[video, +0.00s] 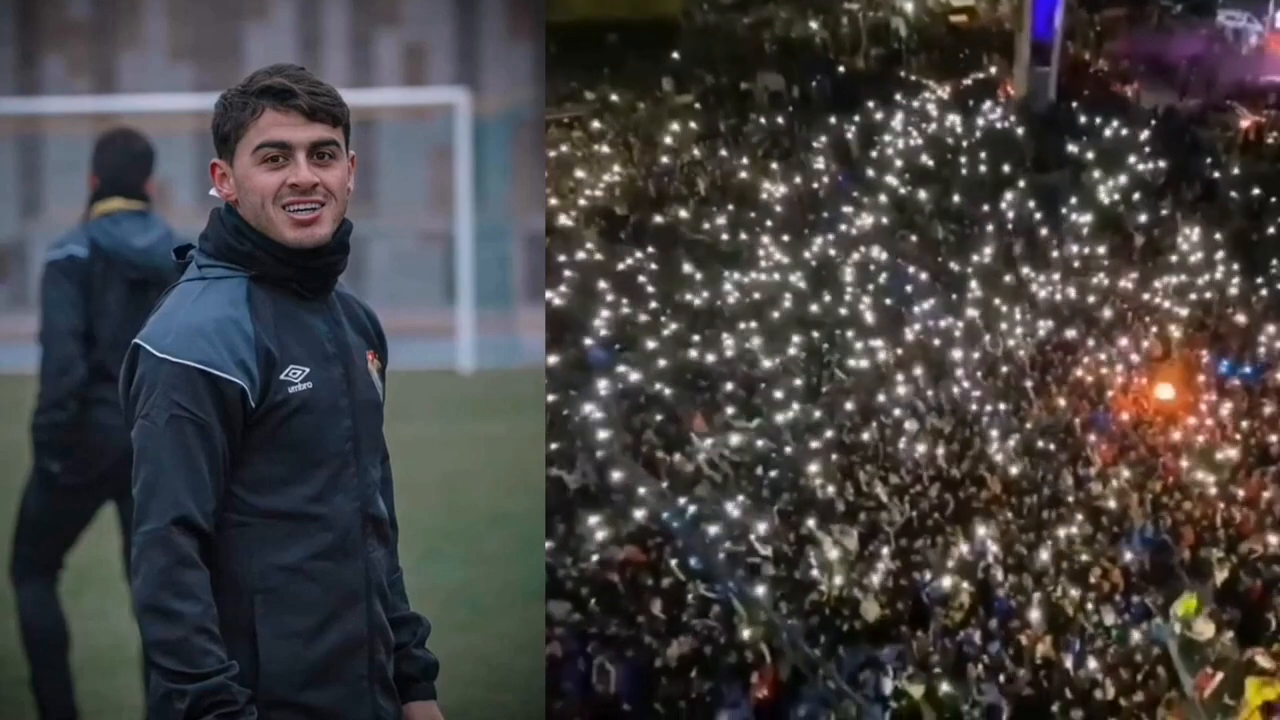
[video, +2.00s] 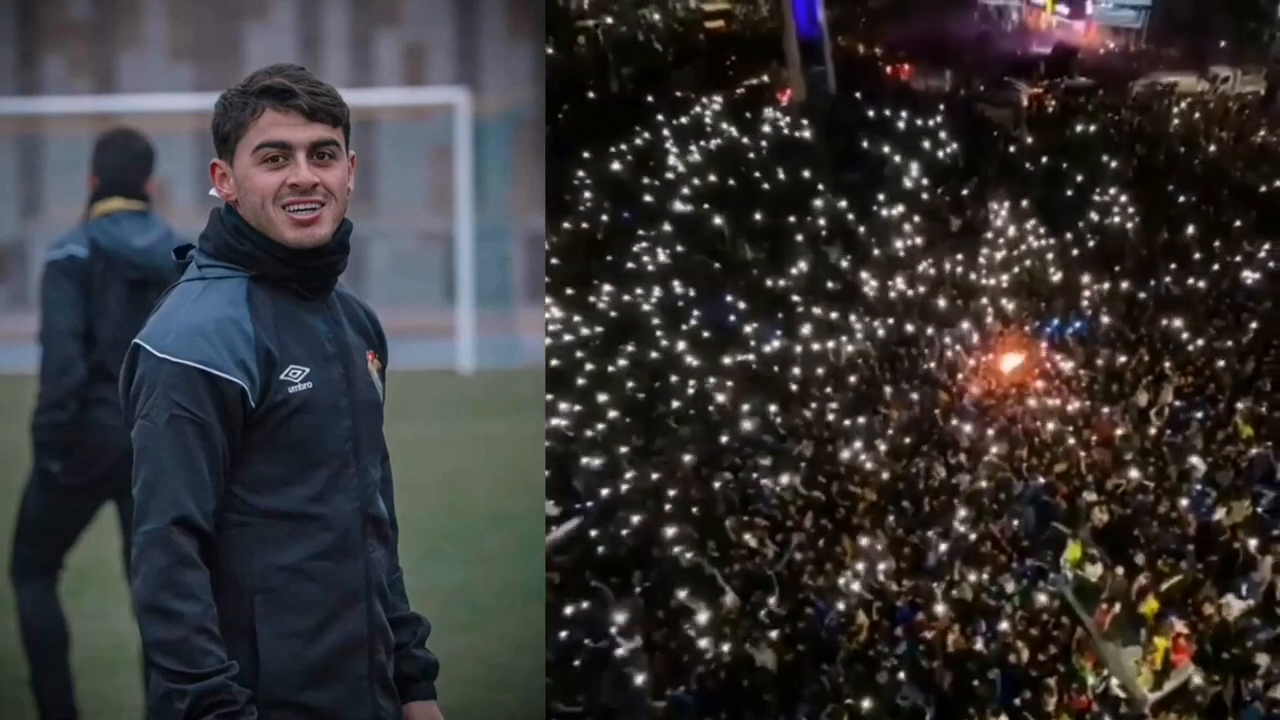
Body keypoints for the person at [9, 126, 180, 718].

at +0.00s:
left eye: (93, 173)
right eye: (150, 178)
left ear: (94, 180)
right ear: (152, 185)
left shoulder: (73, 254)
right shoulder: (178, 255)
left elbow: (65, 363)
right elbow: (191, 352)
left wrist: (51, 442)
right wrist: (175, 429)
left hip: (87, 449)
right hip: (158, 448)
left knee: (33, 570)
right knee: (157, 580)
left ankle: (57, 707)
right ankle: (167, 704)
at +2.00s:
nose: (95, 182)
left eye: (92, 173)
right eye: (150, 178)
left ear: (94, 180)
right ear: (152, 185)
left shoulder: (73, 254)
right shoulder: (178, 255)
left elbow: (65, 363)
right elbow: (191, 352)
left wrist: (51, 442)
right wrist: (175, 429)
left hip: (87, 449)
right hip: (158, 448)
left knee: (34, 570)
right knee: (157, 580)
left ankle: (57, 707)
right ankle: (167, 704)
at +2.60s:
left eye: (92, 174)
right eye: (150, 178)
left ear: (94, 180)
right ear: (152, 185)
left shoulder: (73, 254)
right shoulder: (178, 255)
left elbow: (65, 363)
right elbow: (190, 351)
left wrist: (51, 441)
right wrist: (175, 428)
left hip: (87, 448)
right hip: (158, 447)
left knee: (33, 569)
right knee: (157, 580)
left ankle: (56, 707)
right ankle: (167, 704)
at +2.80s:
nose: (96, 182)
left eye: (92, 173)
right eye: (150, 178)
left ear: (94, 180)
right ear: (152, 185)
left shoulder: (73, 254)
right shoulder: (178, 255)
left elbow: (65, 363)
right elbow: (191, 352)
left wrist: (51, 442)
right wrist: (175, 429)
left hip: (87, 449)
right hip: (158, 447)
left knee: (34, 570)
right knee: (157, 580)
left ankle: (57, 707)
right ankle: (167, 704)